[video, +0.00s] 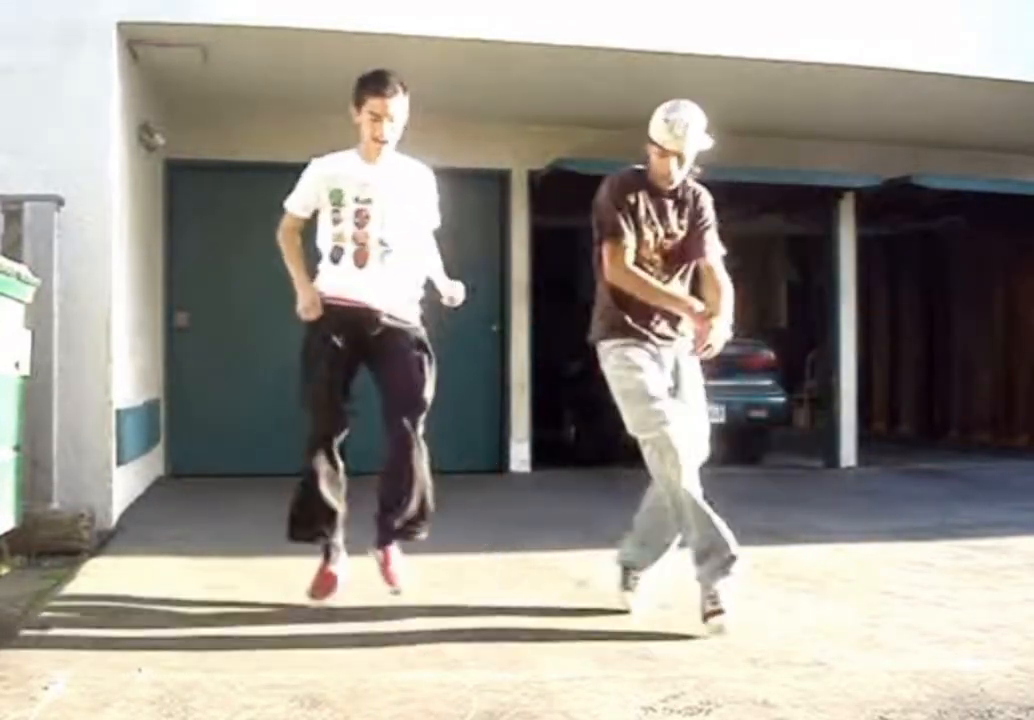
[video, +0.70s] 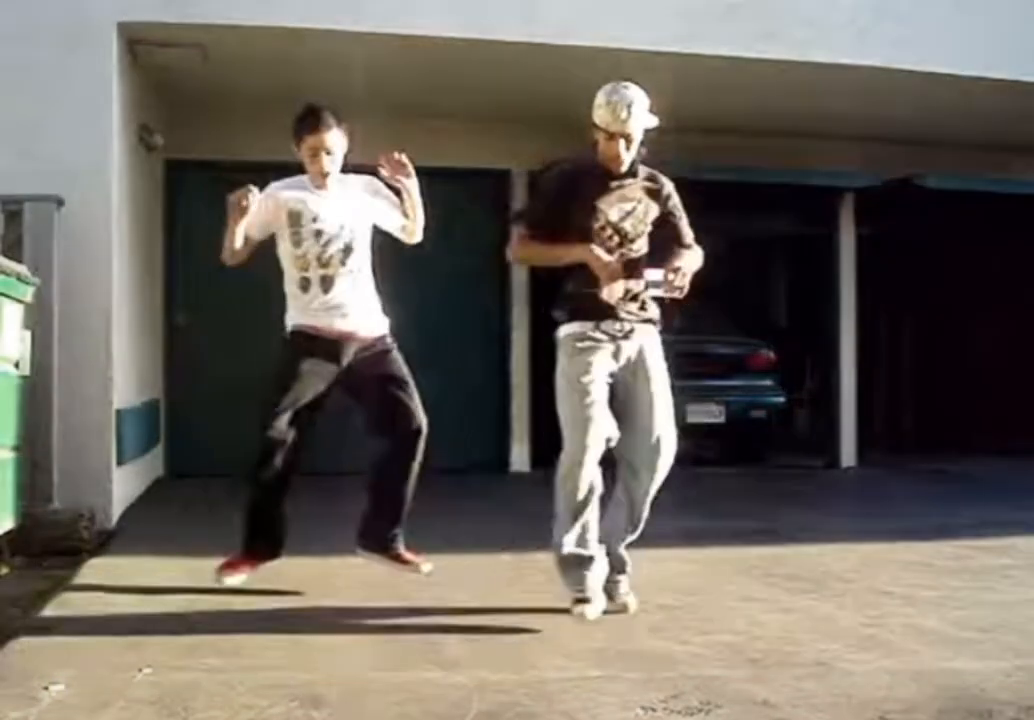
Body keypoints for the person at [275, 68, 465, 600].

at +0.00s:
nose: (382, 126)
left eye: (391, 117)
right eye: (374, 115)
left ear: (404, 120)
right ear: (357, 114)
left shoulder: (419, 178)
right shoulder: (325, 171)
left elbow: (425, 240)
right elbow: (288, 229)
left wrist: (441, 280)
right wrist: (303, 285)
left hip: (399, 318)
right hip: (335, 313)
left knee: (408, 428)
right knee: (326, 431)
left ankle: (392, 541)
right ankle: (332, 550)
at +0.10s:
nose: (368, 161)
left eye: (376, 152)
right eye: (359, 150)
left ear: (384, 152)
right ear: (337, 146)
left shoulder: (394, 209)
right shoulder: (304, 205)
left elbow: (408, 273)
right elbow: (274, 269)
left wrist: (458, 259)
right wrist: (286, 317)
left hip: (380, 351)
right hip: (322, 345)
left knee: (371, 455)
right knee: (341, 460)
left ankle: (314, 549)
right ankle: (376, 584)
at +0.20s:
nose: (363, 150)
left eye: (369, 141)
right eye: (355, 139)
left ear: (373, 142)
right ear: (330, 134)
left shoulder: (377, 188)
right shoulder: (287, 184)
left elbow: (423, 228)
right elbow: (240, 241)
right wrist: (256, 280)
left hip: (354, 333)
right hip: (294, 325)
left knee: (369, 433)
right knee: (305, 437)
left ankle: (332, 541)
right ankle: (330, 554)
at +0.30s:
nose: (344, 144)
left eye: (350, 135)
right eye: (336, 134)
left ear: (356, 136)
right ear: (311, 128)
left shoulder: (357, 184)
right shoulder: (272, 182)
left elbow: (390, 231)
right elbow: (239, 231)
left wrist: (413, 181)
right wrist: (232, 260)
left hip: (342, 326)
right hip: (282, 319)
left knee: (383, 419)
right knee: (266, 428)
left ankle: (368, 540)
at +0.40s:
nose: (324, 161)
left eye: (331, 152)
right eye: (315, 151)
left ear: (337, 152)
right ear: (292, 148)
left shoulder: (342, 207)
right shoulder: (260, 206)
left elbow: (345, 274)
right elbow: (245, 274)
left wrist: (383, 230)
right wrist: (211, 279)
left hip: (334, 353)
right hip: (275, 350)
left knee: (386, 444)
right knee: (229, 460)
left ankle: (413, 557)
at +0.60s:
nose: (309, 178)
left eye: (317, 169)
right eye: (300, 168)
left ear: (326, 170)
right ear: (280, 168)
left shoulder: (340, 218)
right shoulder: (258, 222)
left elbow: (391, 251)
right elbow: (204, 279)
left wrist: (383, 193)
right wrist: (188, 225)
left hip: (334, 373)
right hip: (272, 373)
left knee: (390, 454)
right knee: (233, 467)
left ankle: (433, 566)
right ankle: (174, 554)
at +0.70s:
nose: (322, 163)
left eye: (330, 152)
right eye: (313, 154)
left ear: (343, 149)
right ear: (299, 153)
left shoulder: (365, 191)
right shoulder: (279, 197)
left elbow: (412, 234)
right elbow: (233, 255)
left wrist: (409, 189)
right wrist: (236, 220)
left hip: (370, 338)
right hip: (311, 338)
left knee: (410, 426)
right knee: (276, 433)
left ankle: (381, 536)